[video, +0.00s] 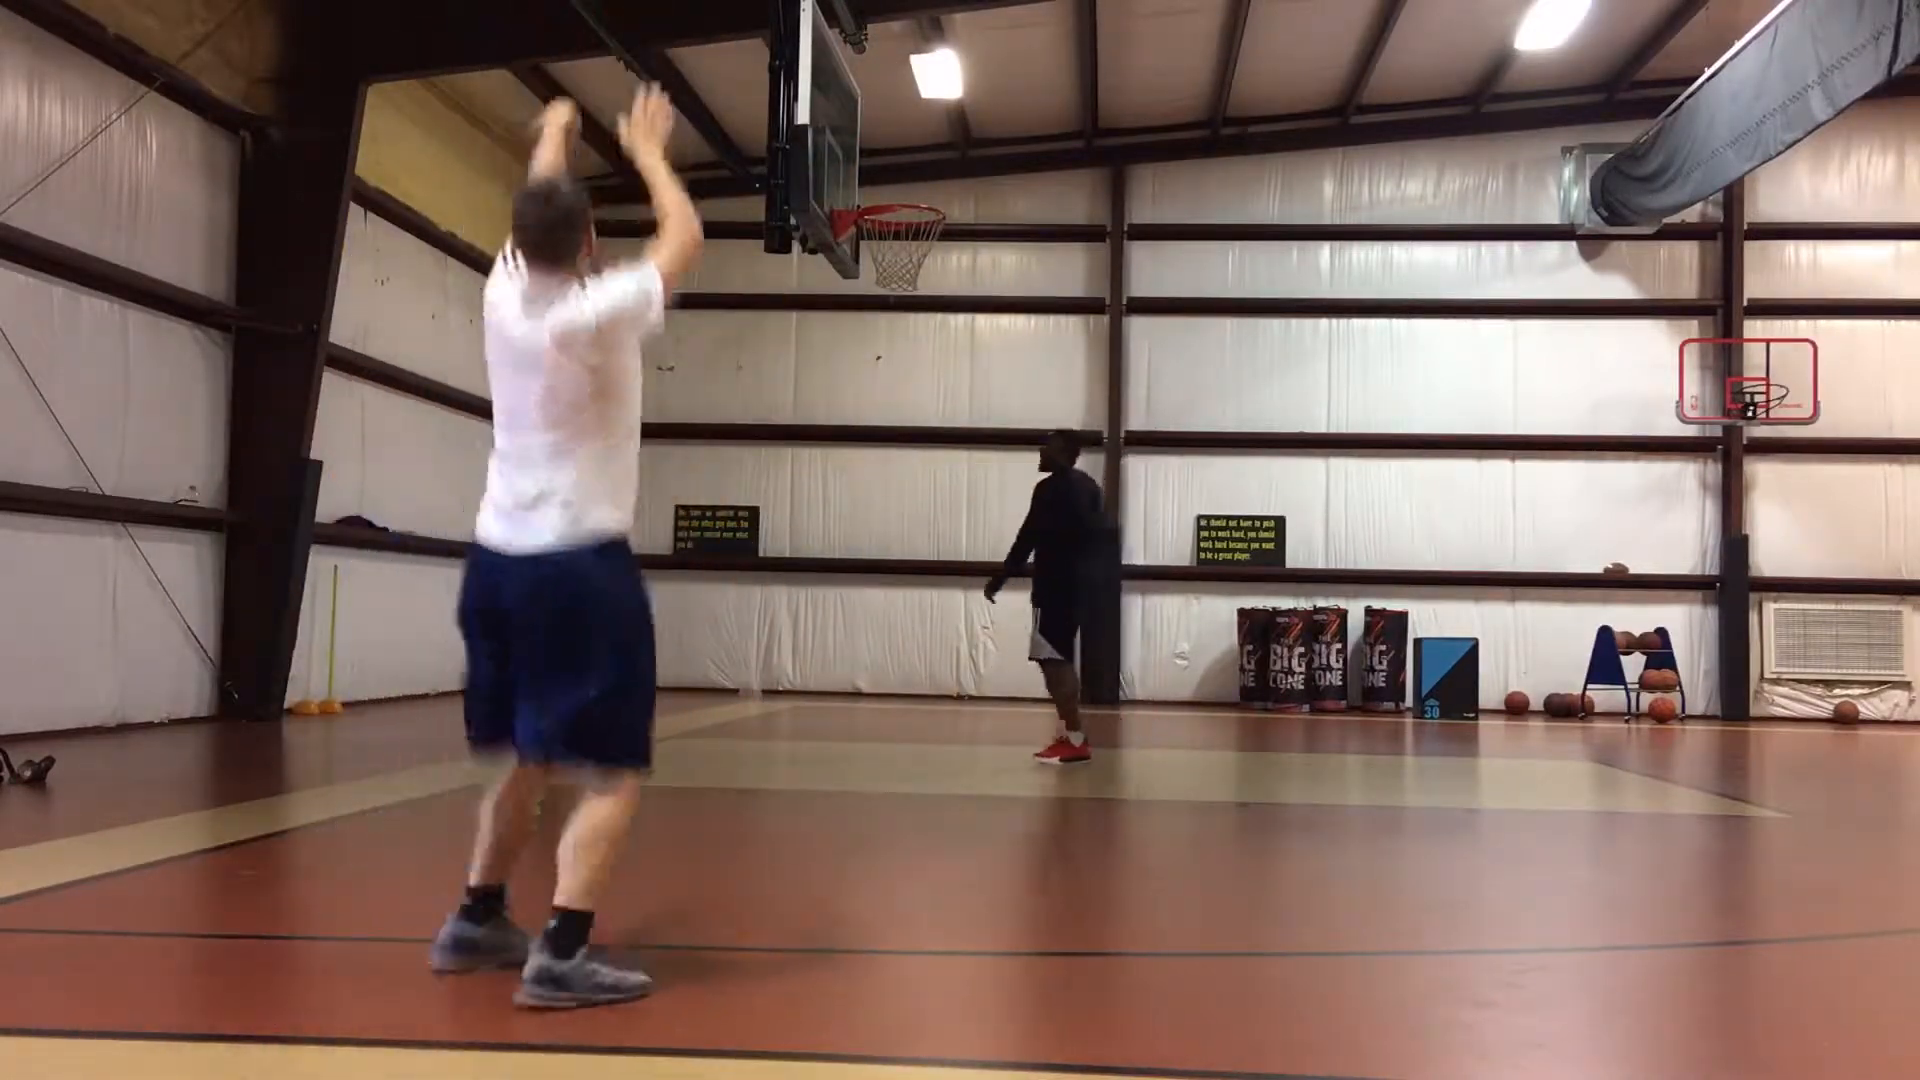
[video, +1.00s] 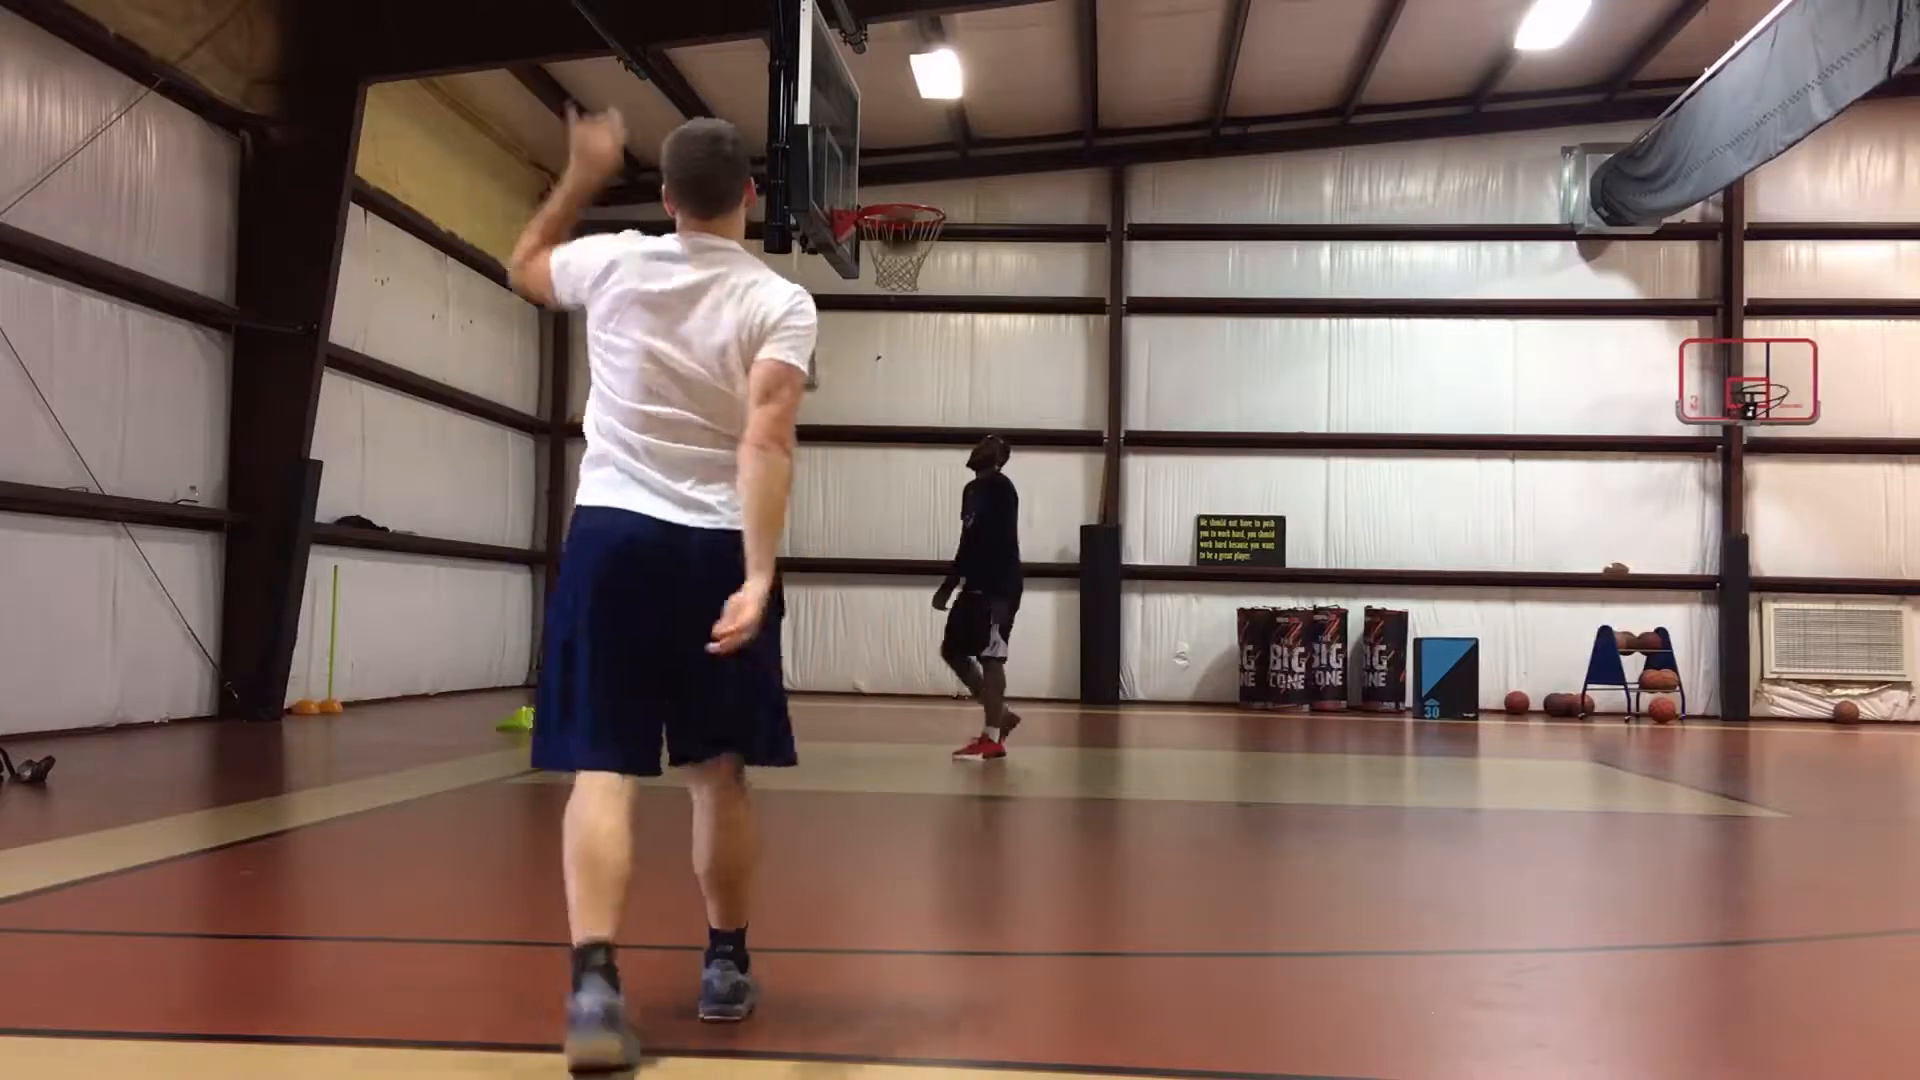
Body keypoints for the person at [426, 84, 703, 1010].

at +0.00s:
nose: (598, 234)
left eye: (572, 225)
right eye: (593, 225)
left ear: (523, 237)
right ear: (590, 237)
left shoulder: (504, 296)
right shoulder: (609, 307)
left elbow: (531, 213)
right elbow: (682, 233)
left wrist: (551, 145)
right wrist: (651, 153)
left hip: (499, 563)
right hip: (585, 568)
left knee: (524, 757)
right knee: (616, 773)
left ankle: (477, 917)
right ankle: (560, 955)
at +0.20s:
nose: (634, 260)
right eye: (631, 251)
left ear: (554, 261)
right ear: (624, 267)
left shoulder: (527, 314)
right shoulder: (638, 349)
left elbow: (530, 231)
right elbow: (756, 375)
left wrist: (531, 160)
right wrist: (706, 299)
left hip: (518, 576)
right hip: (610, 580)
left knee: (538, 755)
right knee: (697, 743)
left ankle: (478, 916)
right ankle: (645, 895)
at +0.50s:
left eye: (645, 229)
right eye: (717, 228)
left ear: (646, 234)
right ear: (723, 237)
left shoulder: (611, 289)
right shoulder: (753, 338)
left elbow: (560, 186)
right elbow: (829, 439)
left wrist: (534, 98)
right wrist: (792, 406)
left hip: (591, 553)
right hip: (695, 563)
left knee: (555, 739)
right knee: (716, 762)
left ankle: (508, 911)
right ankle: (722, 949)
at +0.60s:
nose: (726, 222)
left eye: (677, 212)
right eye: (738, 210)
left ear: (665, 219)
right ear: (748, 219)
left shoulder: (626, 271)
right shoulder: (775, 324)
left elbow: (566, 168)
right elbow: (838, 448)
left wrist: (541, 79)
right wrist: (885, 510)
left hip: (603, 538)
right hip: (709, 552)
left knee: (569, 734)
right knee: (720, 759)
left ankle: (524, 922)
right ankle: (724, 953)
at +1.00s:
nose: (755, 196)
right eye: (757, 187)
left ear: (668, 193)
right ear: (751, 199)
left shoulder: (612, 262)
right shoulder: (779, 301)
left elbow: (528, 261)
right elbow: (766, 434)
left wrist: (578, 179)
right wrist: (760, 574)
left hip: (611, 543)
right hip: (719, 553)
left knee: (602, 768)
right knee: (720, 772)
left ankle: (593, 985)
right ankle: (727, 966)